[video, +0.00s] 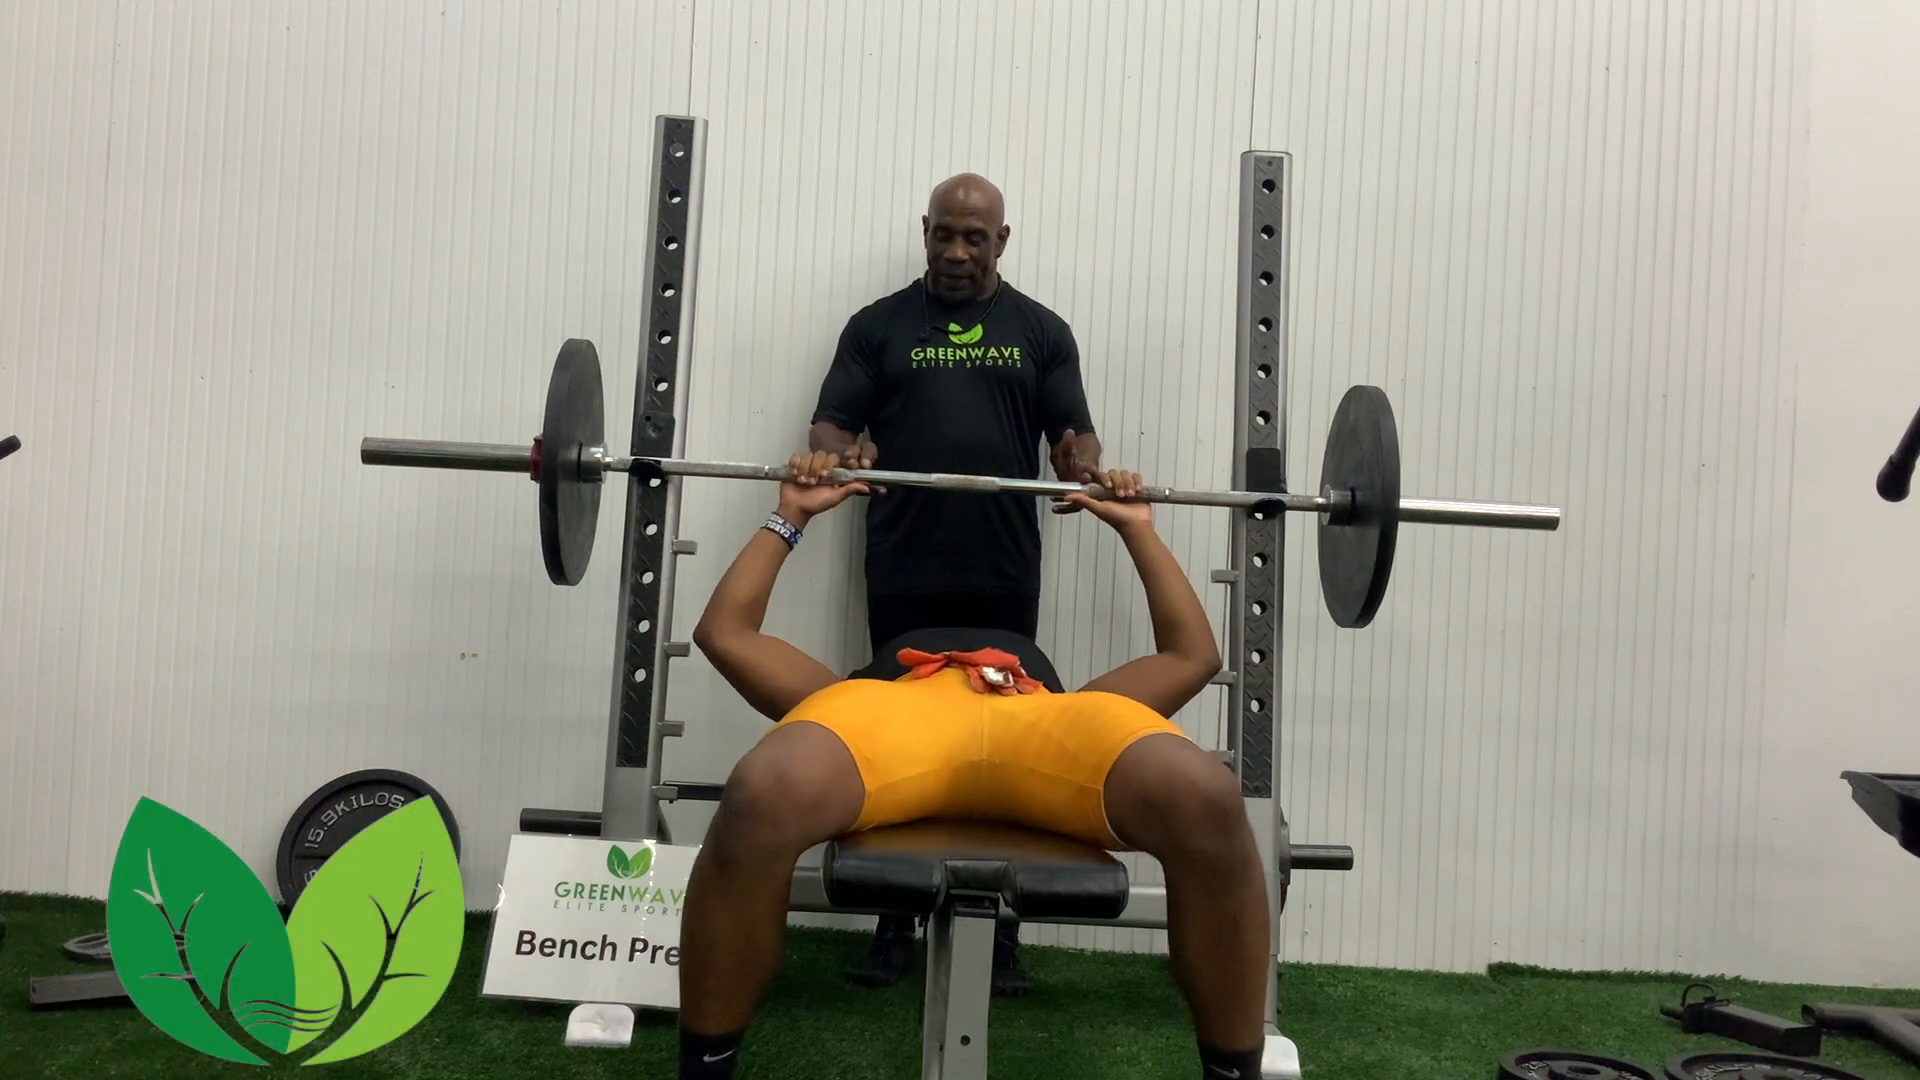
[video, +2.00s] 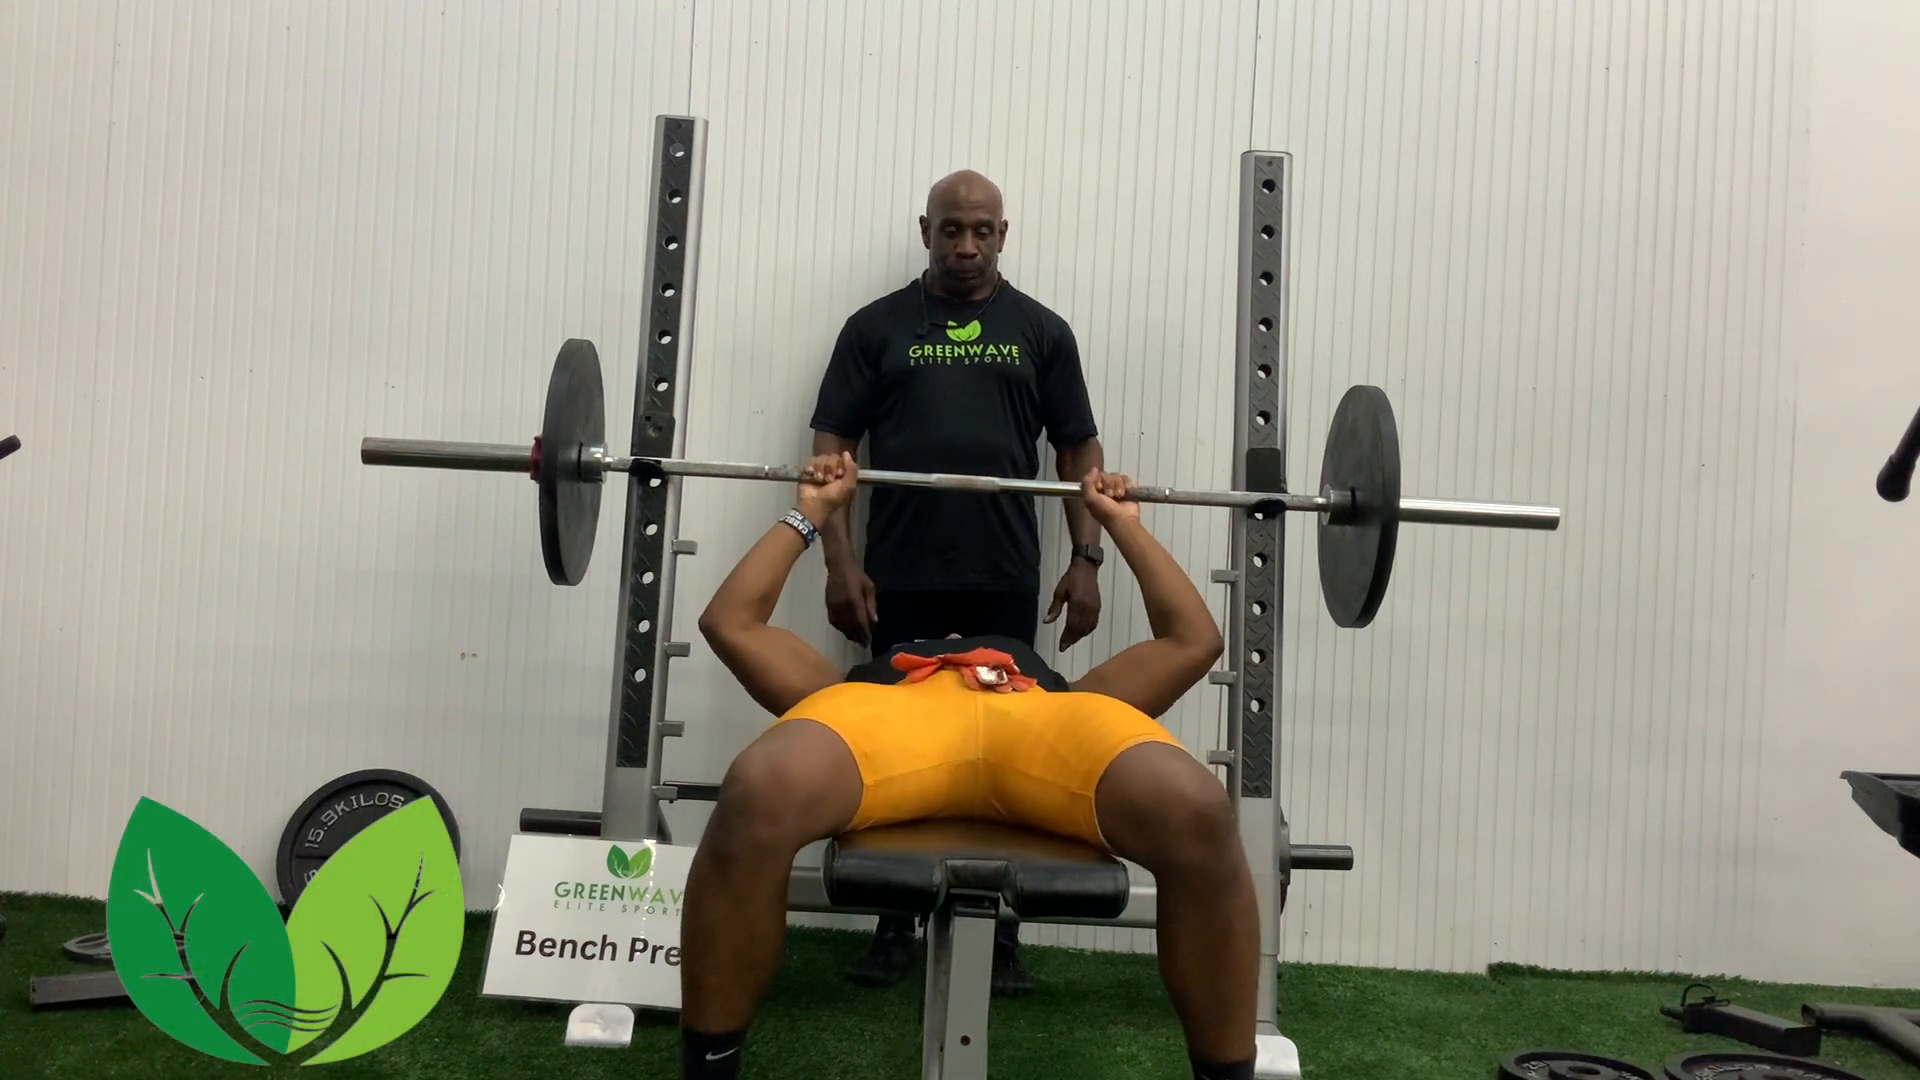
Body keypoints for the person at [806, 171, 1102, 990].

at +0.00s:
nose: (957, 251)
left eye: (975, 239)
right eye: (944, 235)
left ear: (1002, 244)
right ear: (924, 236)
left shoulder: (1040, 332)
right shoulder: (877, 328)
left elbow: (1073, 440)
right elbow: (829, 432)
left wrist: (1083, 467)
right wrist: (845, 452)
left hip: (1005, 577)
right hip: (903, 576)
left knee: (1015, 746)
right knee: (892, 741)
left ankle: (999, 925)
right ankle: (897, 919)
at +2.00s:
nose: (968, 246)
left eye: (984, 232)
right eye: (952, 230)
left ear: (1004, 238)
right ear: (925, 235)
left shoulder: (1042, 334)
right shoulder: (874, 330)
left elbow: (1076, 454)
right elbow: (829, 457)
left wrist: (1085, 558)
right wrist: (840, 561)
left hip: (1006, 585)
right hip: (901, 582)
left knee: (1012, 752)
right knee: (890, 749)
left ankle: (1000, 928)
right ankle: (896, 919)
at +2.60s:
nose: (968, 248)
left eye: (984, 235)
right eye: (952, 233)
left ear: (1004, 239)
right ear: (925, 235)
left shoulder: (1041, 334)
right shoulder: (875, 330)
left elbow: (1078, 457)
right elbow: (832, 457)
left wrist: (1083, 554)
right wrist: (852, 558)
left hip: (1007, 584)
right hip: (903, 580)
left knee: (1014, 751)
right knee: (891, 748)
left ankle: (999, 929)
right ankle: (895, 922)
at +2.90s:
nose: (970, 248)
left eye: (986, 234)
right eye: (954, 233)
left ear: (1006, 239)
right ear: (926, 236)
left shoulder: (1042, 335)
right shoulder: (876, 331)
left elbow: (1078, 458)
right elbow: (832, 456)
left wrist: (1083, 557)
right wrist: (847, 562)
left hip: (1006, 585)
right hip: (902, 582)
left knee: (1014, 754)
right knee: (890, 750)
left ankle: (1000, 930)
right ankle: (896, 922)